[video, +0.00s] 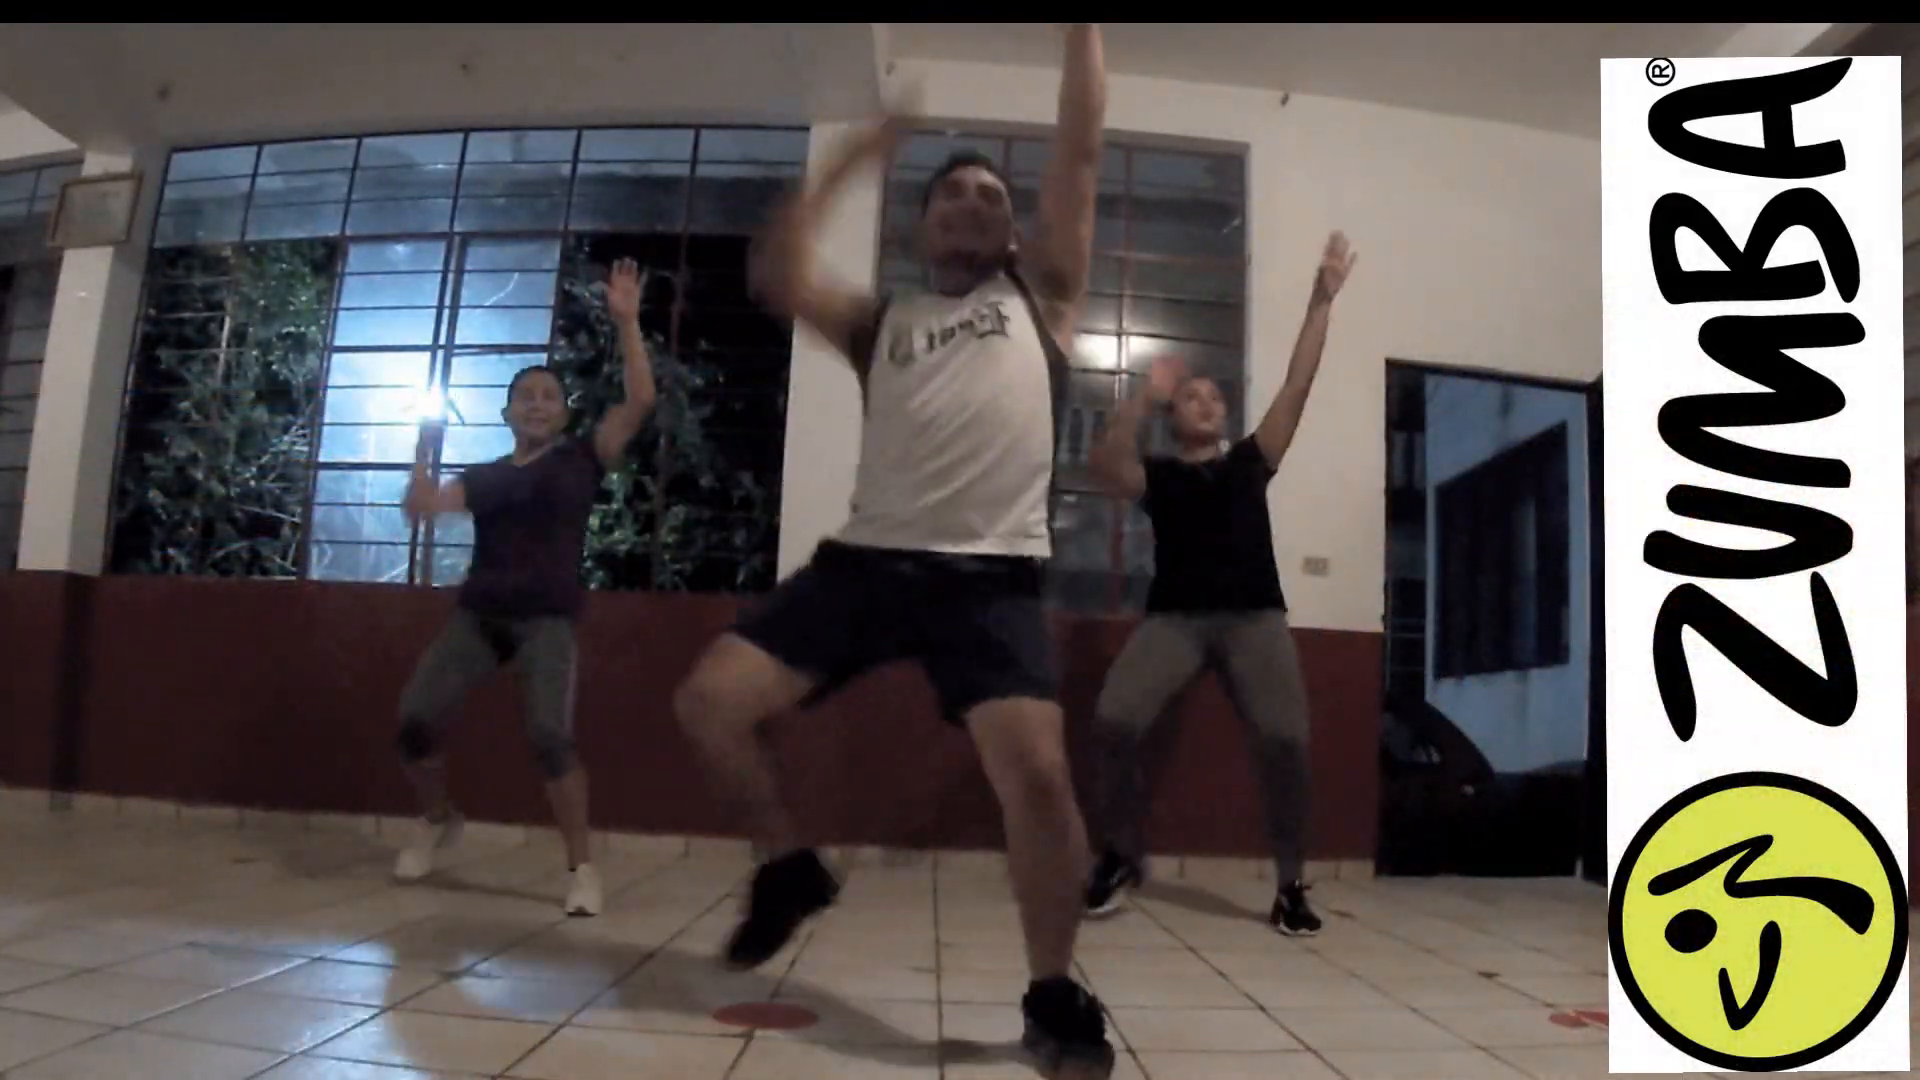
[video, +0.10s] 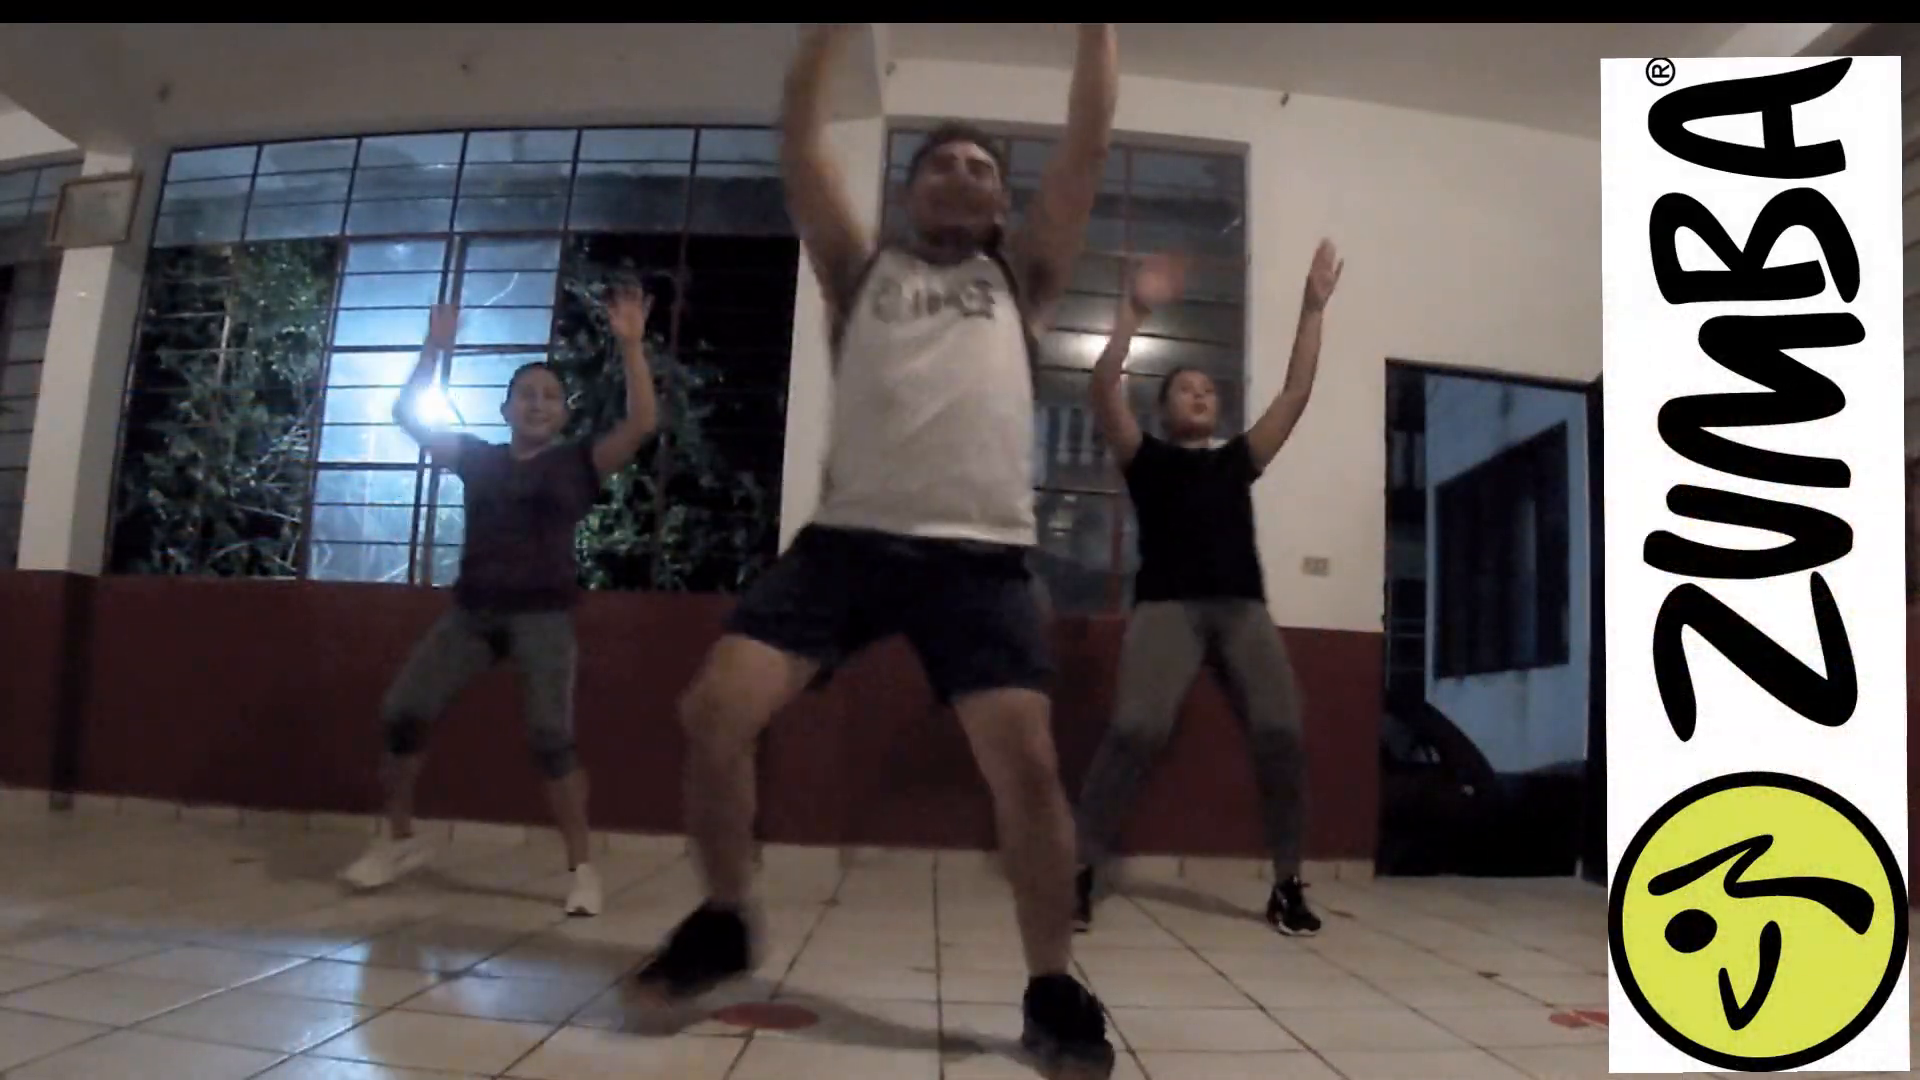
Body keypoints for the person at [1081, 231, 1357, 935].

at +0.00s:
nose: (1202, 402)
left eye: (1211, 398)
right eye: (1191, 398)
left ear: (1227, 415)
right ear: (1171, 416)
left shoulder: (1251, 464)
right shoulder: (1157, 475)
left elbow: (1297, 385)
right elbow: (1108, 466)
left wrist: (1321, 301)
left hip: (1253, 620)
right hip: (1176, 620)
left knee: (1284, 737)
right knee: (1118, 716)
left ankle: (1290, 885)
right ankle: (1120, 858)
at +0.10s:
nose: (1198, 398)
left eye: (1207, 392)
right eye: (1186, 391)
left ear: (1219, 410)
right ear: (1163, 407)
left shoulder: (1238, 459)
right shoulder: (1145, 462)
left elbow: (1296, 391)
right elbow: (1105, 392)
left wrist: (1314, 305)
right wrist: (1131, 311)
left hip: (1242, 608)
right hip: (1166, 608)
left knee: (1280, 729)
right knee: (1138, 727)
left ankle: (1288, 883)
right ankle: (1083, 871)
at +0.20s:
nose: (1187, 410)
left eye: (1195, 404)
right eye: (1175, 402)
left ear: (1205, 419)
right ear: (1150, 412)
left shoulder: (1222, 477)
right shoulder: (1131, 462)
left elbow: (1287, 439)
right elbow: (1128, 368)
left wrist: (1288, 365)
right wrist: (1125, 285)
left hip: (1221, 621)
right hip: (1150, 619)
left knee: (1269, 735)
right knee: (1133, 742)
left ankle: (1282, 887)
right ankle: (1080, 875)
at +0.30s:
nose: (1172, 413)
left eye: (1180, 408)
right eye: (1161, 405)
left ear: (1190, 424)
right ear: (1138, 417)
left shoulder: (1204, 492)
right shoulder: (1121, 463)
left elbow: (1270, 513)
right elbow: (1109, 366)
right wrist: (1118, 287)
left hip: (1198, 630)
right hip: (1130, 624)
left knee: (1268, 725)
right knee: (1119, 746)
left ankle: (1284, 879)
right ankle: (1074, 879)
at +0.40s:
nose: (1160, 411)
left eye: (1168, 405)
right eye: (1148, 403)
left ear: (1179, 421)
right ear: (1126, 416)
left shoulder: (1187, 490)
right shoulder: (1108, 462)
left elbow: (1191, 560)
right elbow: (1084, 380)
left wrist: (1236, 572)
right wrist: (1104, 299)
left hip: (1188, 625)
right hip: (1119, 623)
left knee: (1265, 718)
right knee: (1109, 745)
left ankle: (1245, 855)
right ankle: (1073, 878)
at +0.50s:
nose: (1157, 409)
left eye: (1165, 403)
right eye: (1144, 403)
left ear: (1177, 421)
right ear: (1121, 419)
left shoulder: (1187, 487)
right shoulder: (1104, 462)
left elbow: (1186, 555)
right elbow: (1072, 381)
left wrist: (1195, 607)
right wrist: (1098, 307)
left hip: (1188, 618)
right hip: (1117, 621)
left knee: (1236, 729)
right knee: (1101, 739)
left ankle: (1214, 830)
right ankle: (1072, 875)